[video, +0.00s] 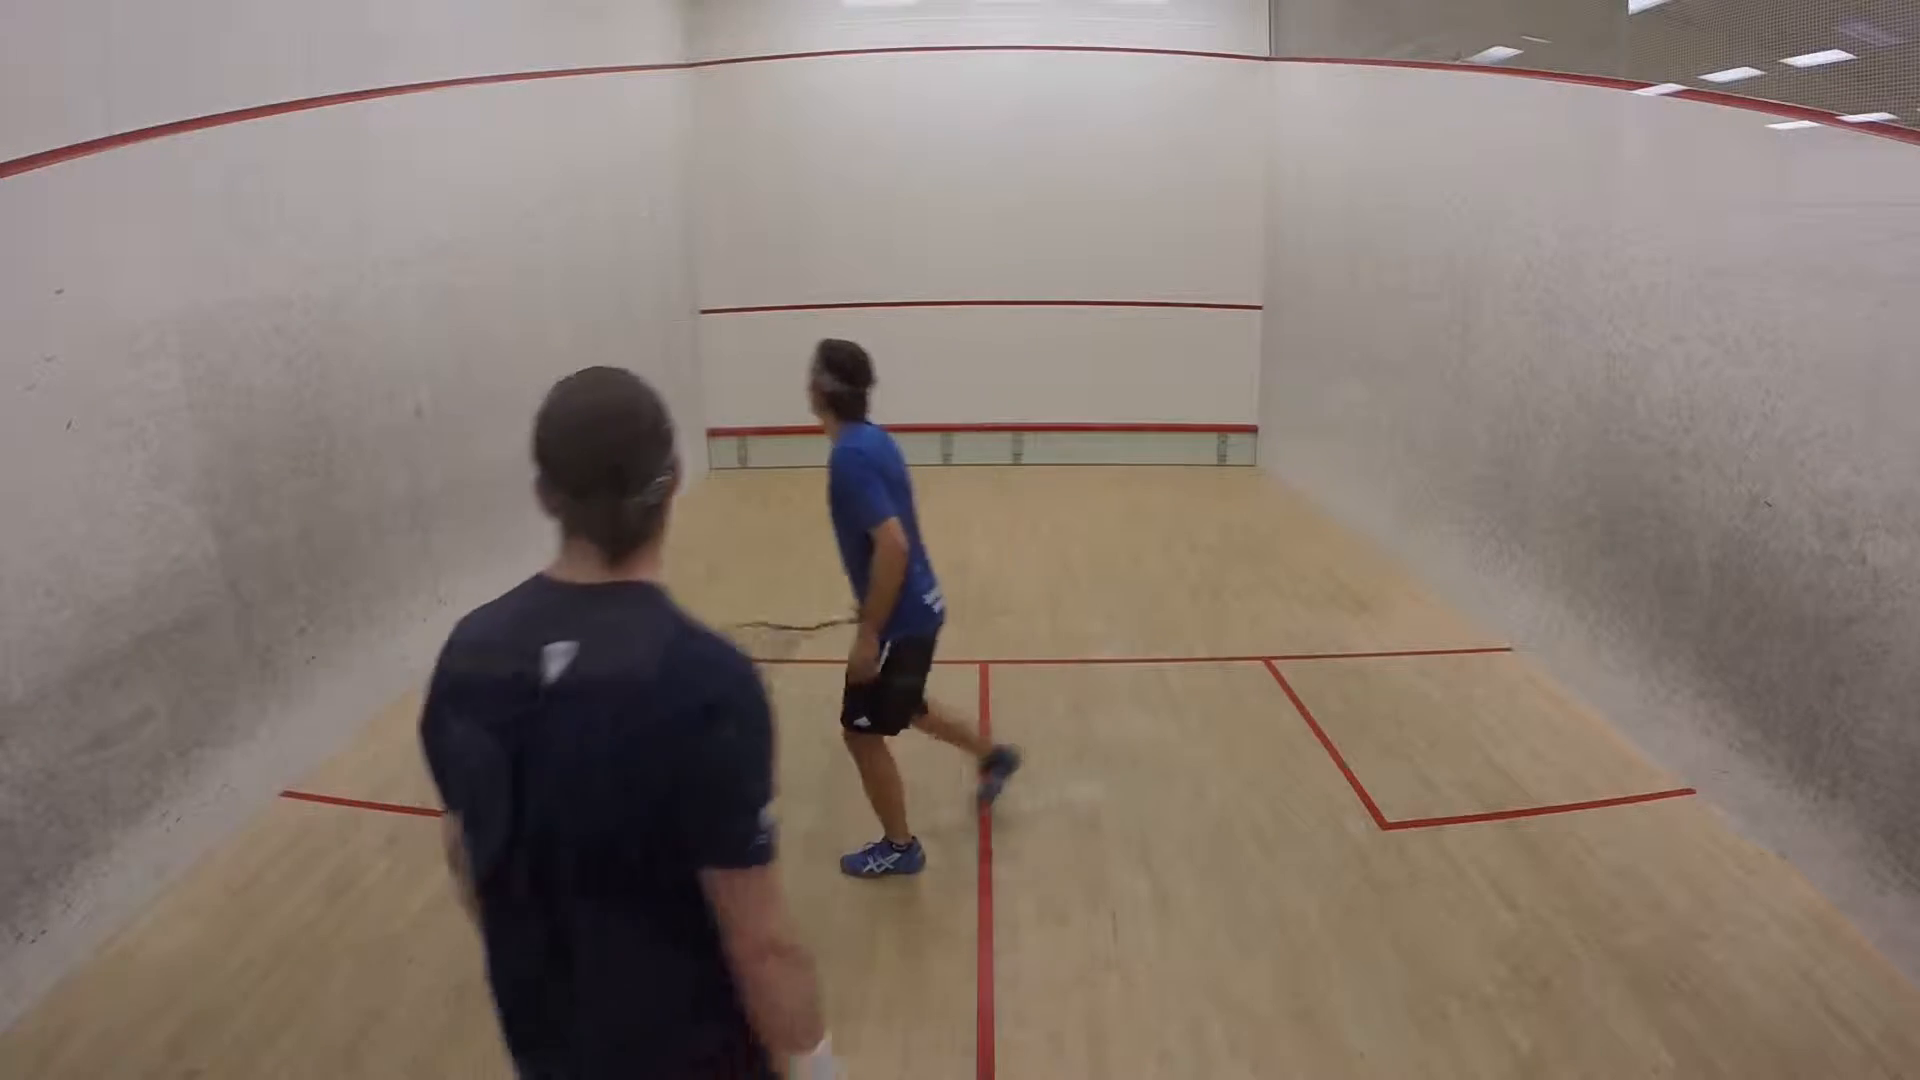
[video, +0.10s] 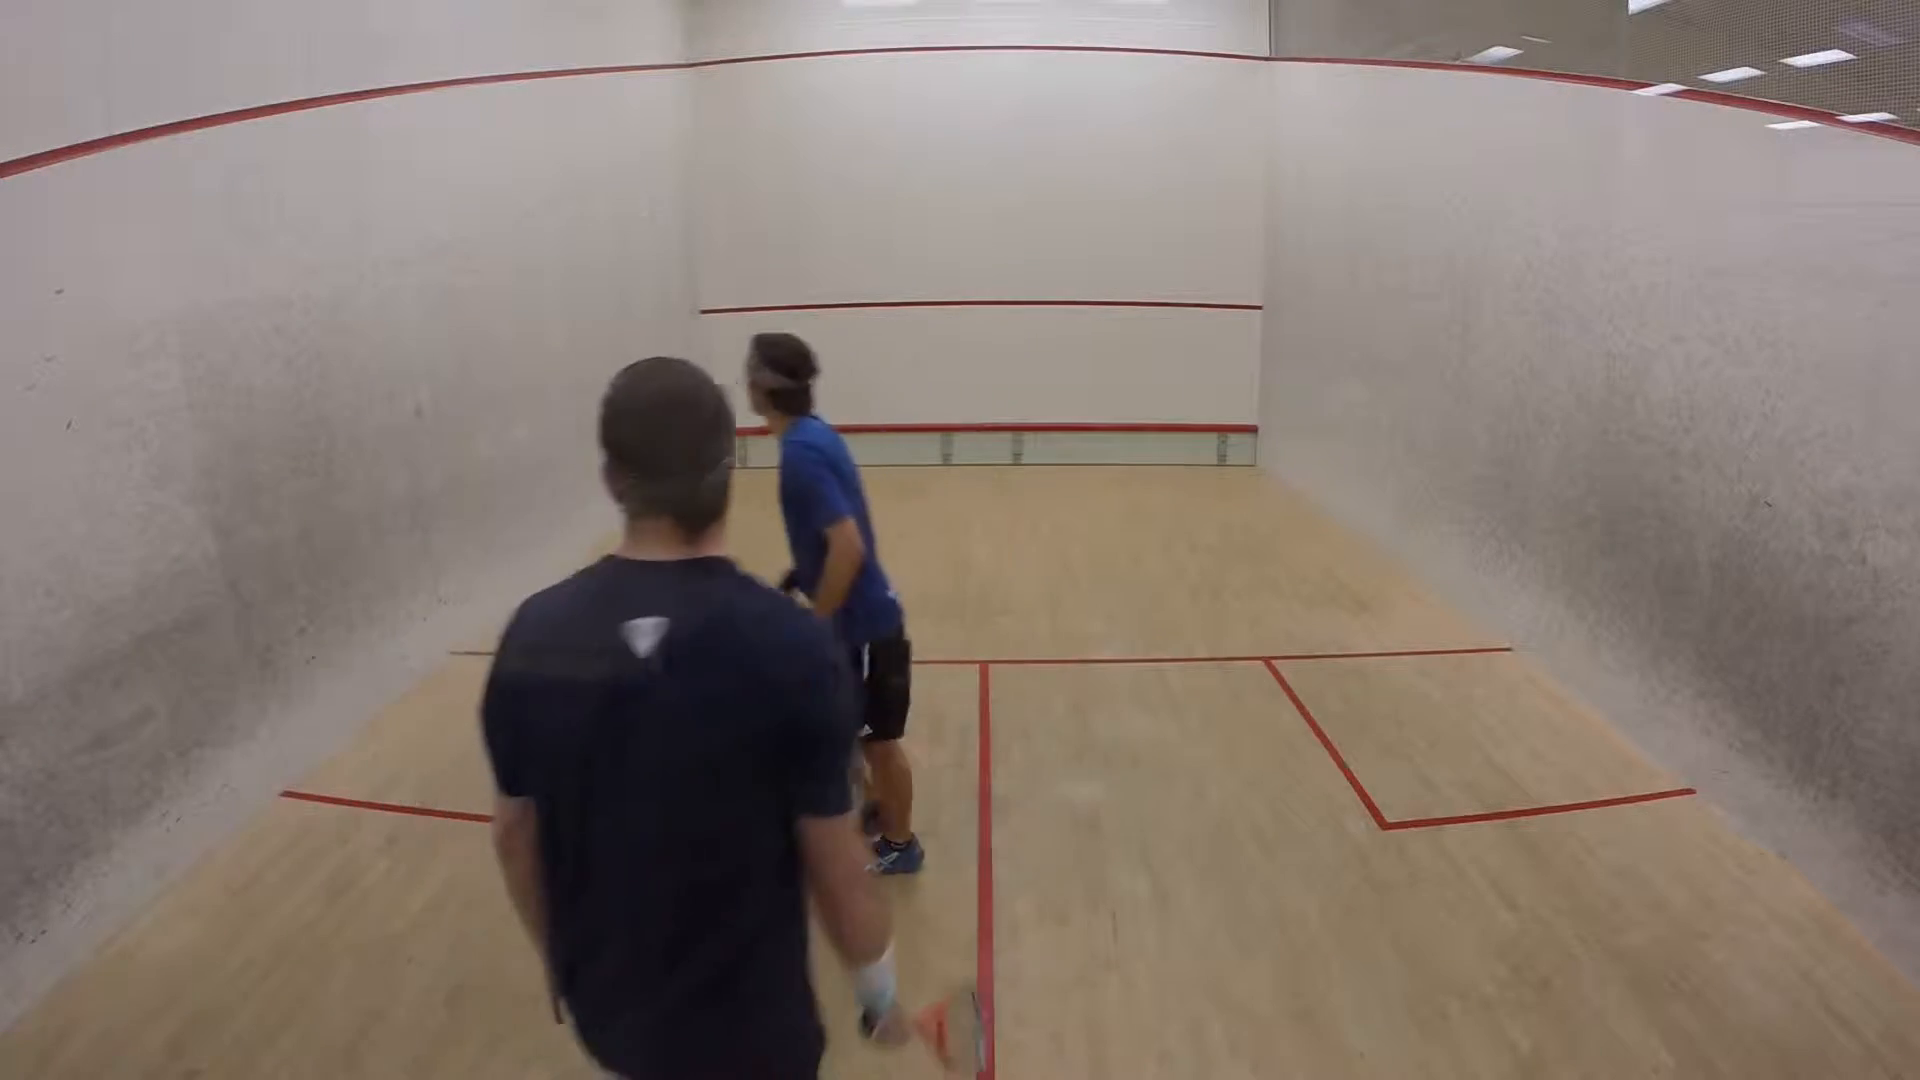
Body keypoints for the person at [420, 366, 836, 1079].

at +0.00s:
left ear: (542, 493)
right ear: (672, 487)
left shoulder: (473, 653)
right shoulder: (709, 679)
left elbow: (472, 871)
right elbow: (760, 943)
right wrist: (810, 1060)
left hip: (546, 1042)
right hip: (695, 1045)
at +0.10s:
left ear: (610, 477)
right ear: (729, 466)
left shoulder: (539, 631)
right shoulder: (790, 644)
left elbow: (516, 837)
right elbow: (835, 858)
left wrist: (559, 965)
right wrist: (879, 992)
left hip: (607, 1001)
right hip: (751, 1011)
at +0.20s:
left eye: (662, 466)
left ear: (667, 482)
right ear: (779, 471)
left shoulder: (608, 630)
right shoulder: (857, 625)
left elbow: (571, 832)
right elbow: (905, 823)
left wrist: (596, 949)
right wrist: (923, 902)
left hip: (675, 952)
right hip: (818, 952)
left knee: (756, 1060)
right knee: (825, 1062)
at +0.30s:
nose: (697, 487)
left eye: (697, 472)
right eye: (698, 469)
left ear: (713, 483)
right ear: (804, 464)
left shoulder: (663, 624)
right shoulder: (898, 598)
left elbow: (628, 808)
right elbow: (945, 766)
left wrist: (639, 934)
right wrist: (959, 846)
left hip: (747, 921)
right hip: (874, 912)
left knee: (827, 1033)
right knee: (886, 1061)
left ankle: (893, 1069)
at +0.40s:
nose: (718, 473)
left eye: (717, 455)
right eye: (714, 454)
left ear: (747, 459)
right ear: (819, 439)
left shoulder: (703, 604)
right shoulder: (928, 557)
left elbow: (678, 784)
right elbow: (981, 714)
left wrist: (686, 899)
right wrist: (989, 794)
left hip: (791, 876)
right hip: (912, 861)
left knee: (860, 984)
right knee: (939, 1047)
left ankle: (891, 1078)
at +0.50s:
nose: (737, 445)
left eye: (740, 428)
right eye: (735, 427)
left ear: (780, 433)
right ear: (841, 417)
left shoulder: (734, 571)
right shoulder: (953, 525)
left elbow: (713, 752)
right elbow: (1009, 678)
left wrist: (734, 837)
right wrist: (1022, 756)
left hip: (824, 835)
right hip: (944, 822)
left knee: (866, 971)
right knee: (988, 956)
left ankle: (894, 1077)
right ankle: (960, 1073)